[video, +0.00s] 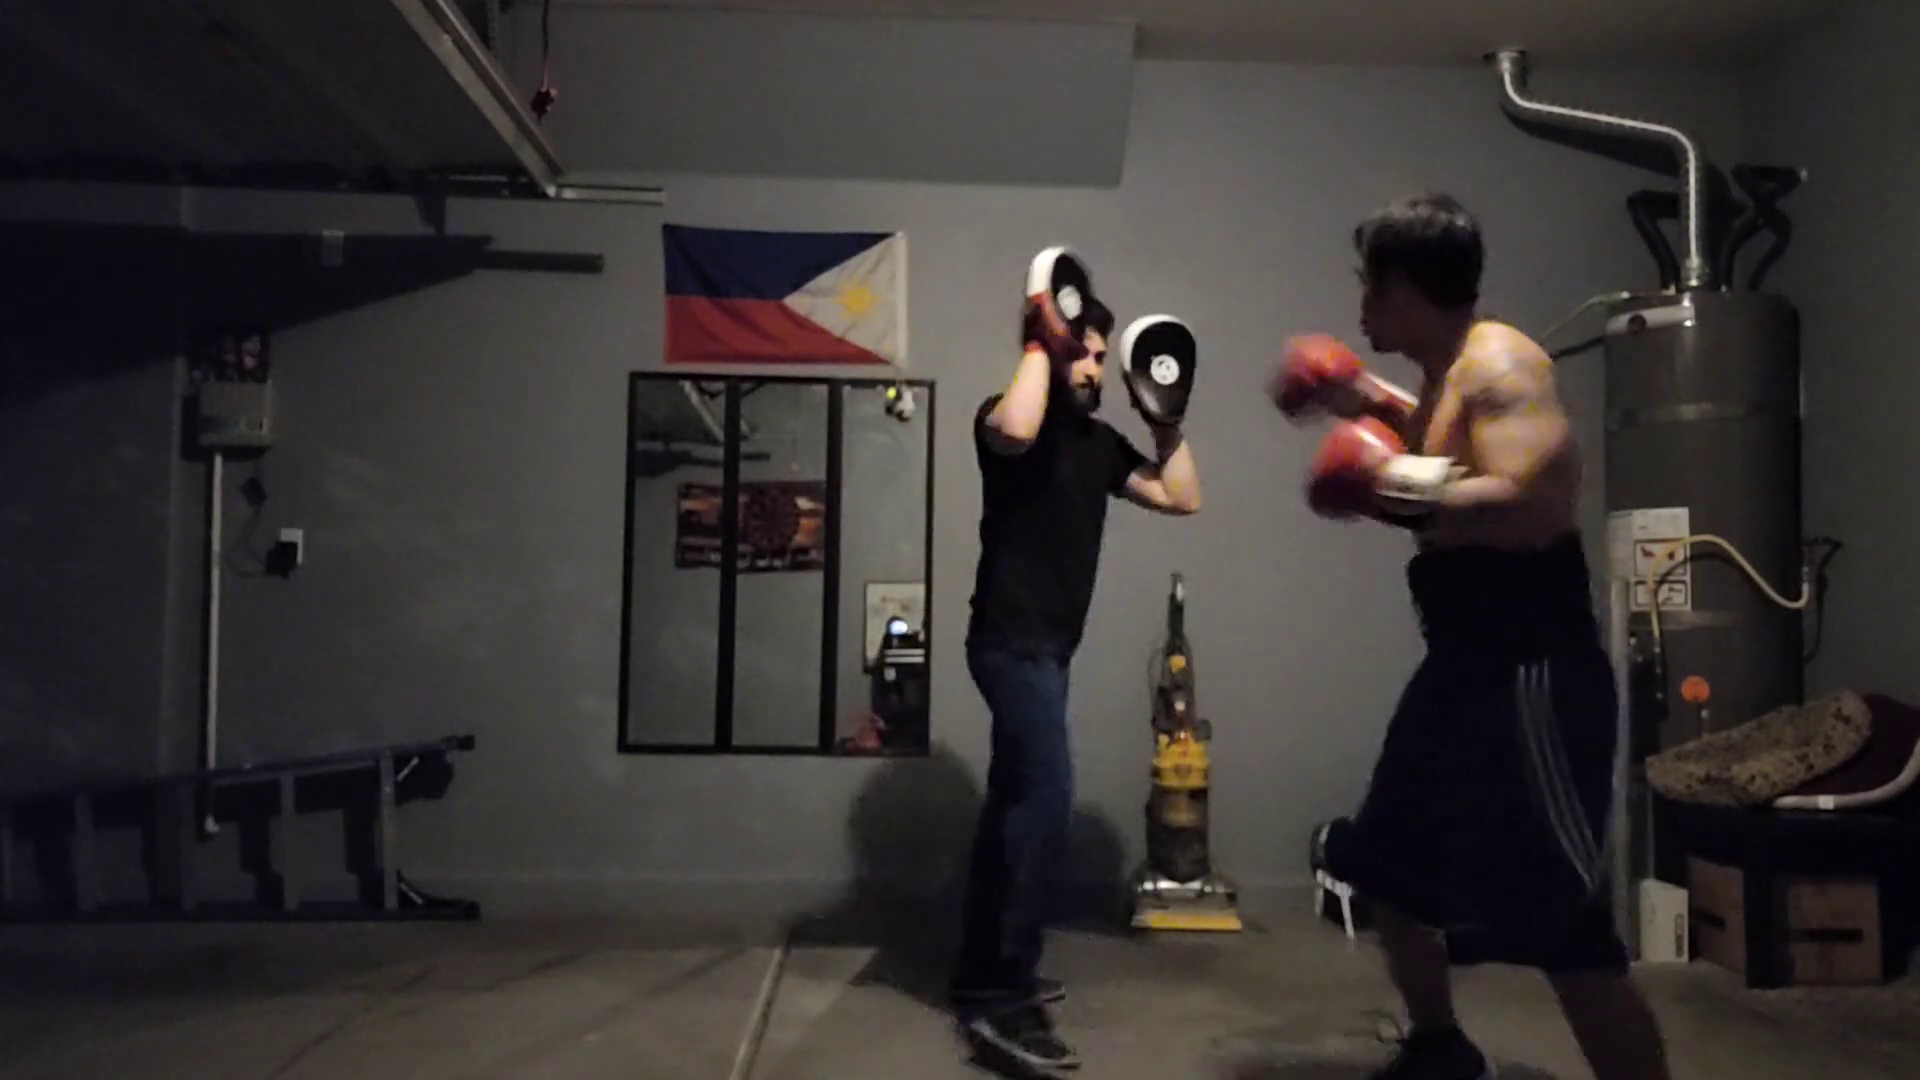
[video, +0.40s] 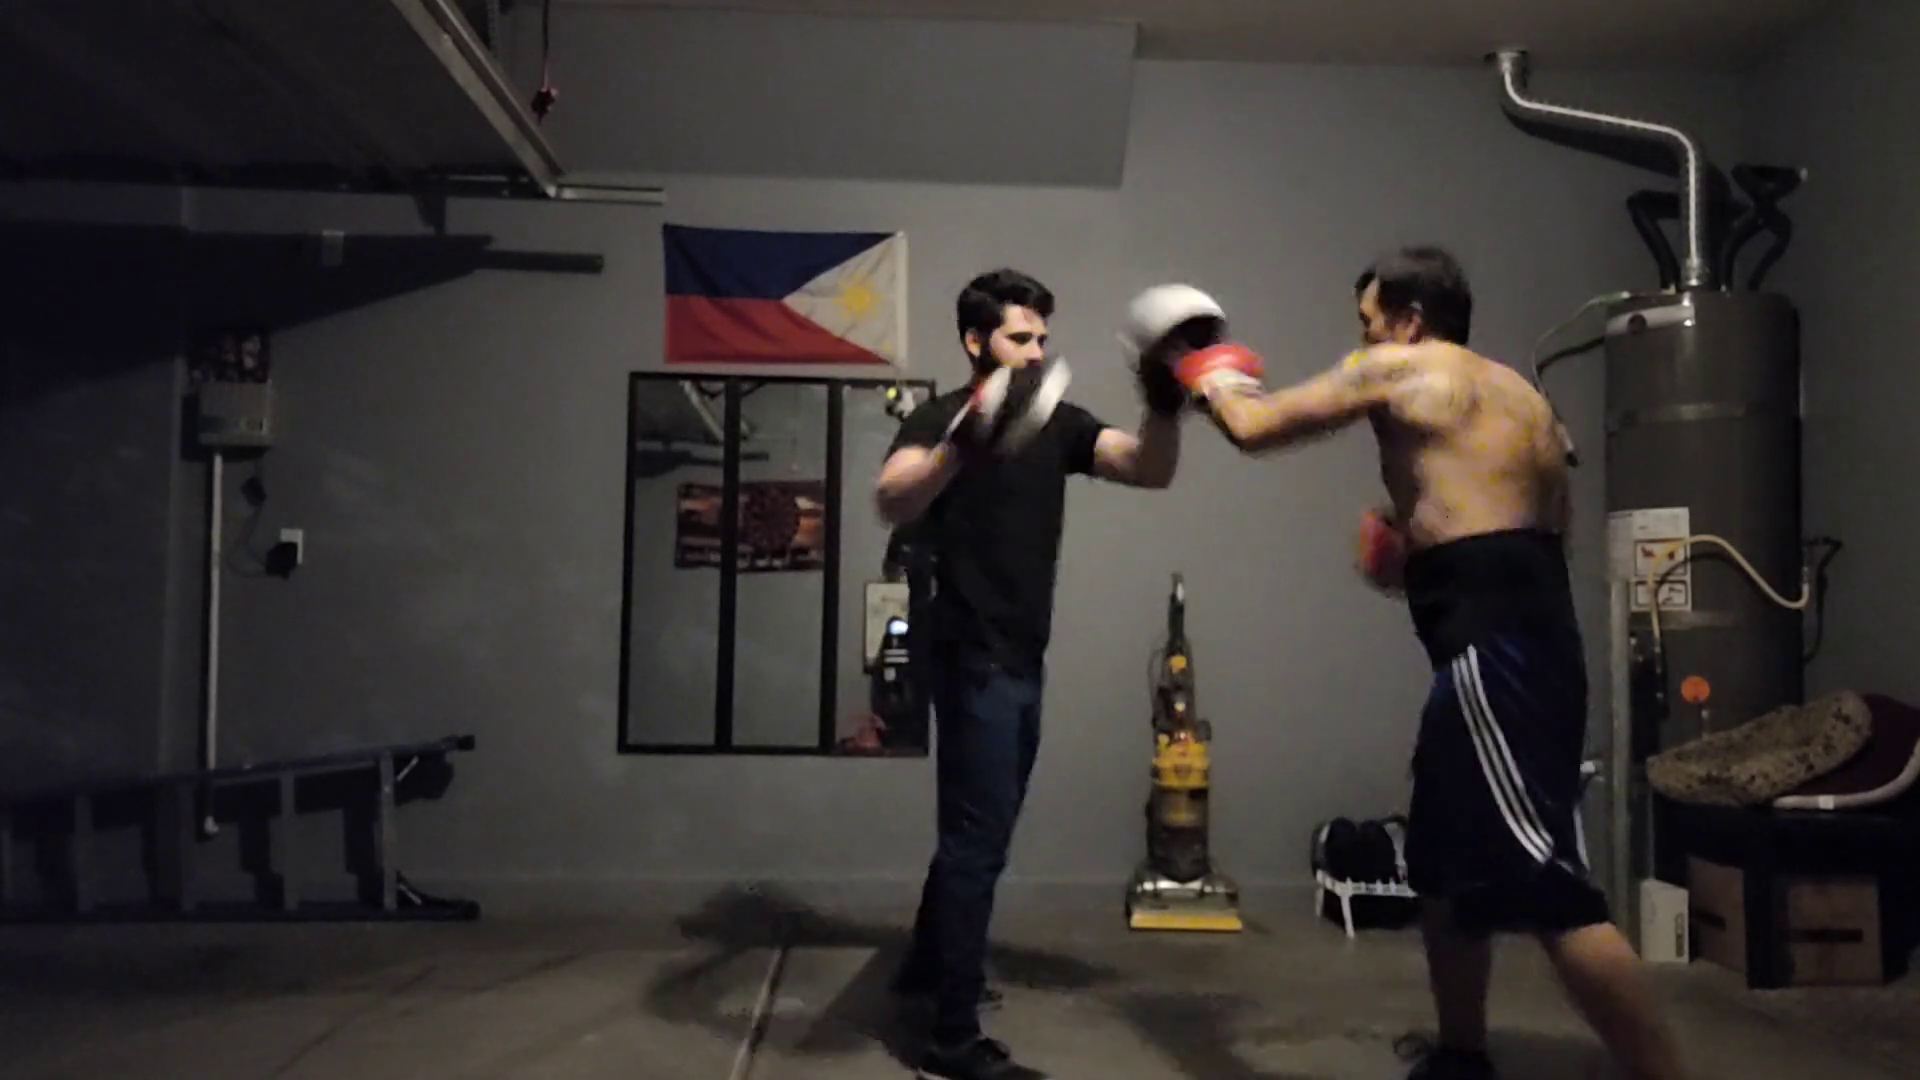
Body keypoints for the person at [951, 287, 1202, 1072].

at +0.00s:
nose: (1095, 355)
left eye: (1100, 345)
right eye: (1083, 343)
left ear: (1101, 353)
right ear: (1049, 348)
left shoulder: (1096, 436)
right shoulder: (1010, 414)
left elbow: (1180, 497)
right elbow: (1017, 429)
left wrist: (1164, 415)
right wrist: (1041, 345)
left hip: (1051, 648)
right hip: (1010, 644)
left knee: (1015, 810)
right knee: (1043, 799)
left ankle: (993, 983)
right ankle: (995, 995)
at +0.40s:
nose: (1032, 352)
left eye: (1040, 341)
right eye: (1017, 339)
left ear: (1047, 346)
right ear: (974, 342)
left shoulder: (1056, 420)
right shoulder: (938, 419)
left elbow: (1149, 465)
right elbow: (892, 500)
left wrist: (1165, 388)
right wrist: (965, 435)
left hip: (1021, 654)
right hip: (965, 654)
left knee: (986, 832)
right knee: (976, 841)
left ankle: (928, 973)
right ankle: (952, 1033)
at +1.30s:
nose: (972, 338)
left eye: (975, 323)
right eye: (959, 321)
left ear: (946, 327)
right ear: (909, 319)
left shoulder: (945, 414)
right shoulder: (873, 397)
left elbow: (1029, 498)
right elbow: (897, 471)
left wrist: (1046, 410)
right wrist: (991, 403)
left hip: (896, 660)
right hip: (874, 660)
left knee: (818, 824)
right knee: (923, 845)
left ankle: (730, 987)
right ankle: (908, 1052)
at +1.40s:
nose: (963, 323)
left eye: (961, 312)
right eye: (950, 309)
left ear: (930, 322)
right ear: (905, 313)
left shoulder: (953, 411)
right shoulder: (856, 401)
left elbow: (1057, 461)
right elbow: (894, 469)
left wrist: (1127, 401)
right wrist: (927, 364)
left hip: (898, 664)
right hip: (871, 666)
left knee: (810, 828)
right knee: (924, 846)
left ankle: (727, 992)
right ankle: (907, 1053)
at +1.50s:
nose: (949, 324)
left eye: (948, 311)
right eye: (936, 310)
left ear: (896, 322)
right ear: (889, 319)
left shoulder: (913, 404)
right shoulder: (851, 399)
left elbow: (1023, 478)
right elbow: (943, 437)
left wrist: (1055, 394)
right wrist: (945, 340)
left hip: (880, 657)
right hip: (865, 659)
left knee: (813, 832)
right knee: (921, 848)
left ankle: (725, 994)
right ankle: (907, 1055)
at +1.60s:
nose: (933, 337)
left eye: (934, 321)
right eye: (922, 320)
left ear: (879, 323)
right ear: (873, 316)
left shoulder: (874, 406)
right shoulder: (868, 391)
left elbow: (981, 487)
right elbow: (994, 418)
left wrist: (999, 389)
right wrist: (1047, 350)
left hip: (846, 657)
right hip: (861, 660)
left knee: (814, 826)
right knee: (917, 844)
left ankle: (725, 1003)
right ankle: (907, 1051)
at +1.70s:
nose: (918, 338)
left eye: (918, 324)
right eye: (906, 323)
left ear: (858, 329)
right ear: (857, 323)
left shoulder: (866, 411)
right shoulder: (856, 385)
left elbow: (962, 489)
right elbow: (986, 396)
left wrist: (959, 387)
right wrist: (1066, 324)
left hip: (832, 661)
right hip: (858, 667)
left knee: (789, 831)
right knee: (907, 849)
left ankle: (719, 1010)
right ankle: (908, 1054)